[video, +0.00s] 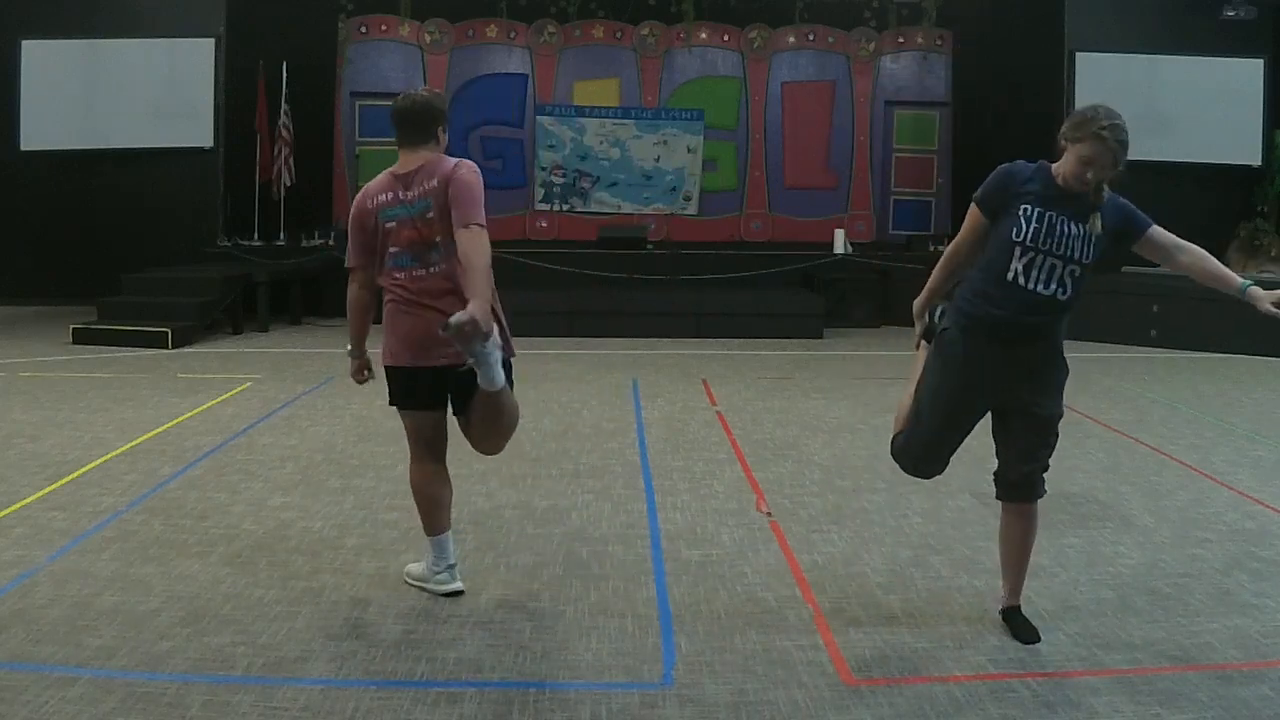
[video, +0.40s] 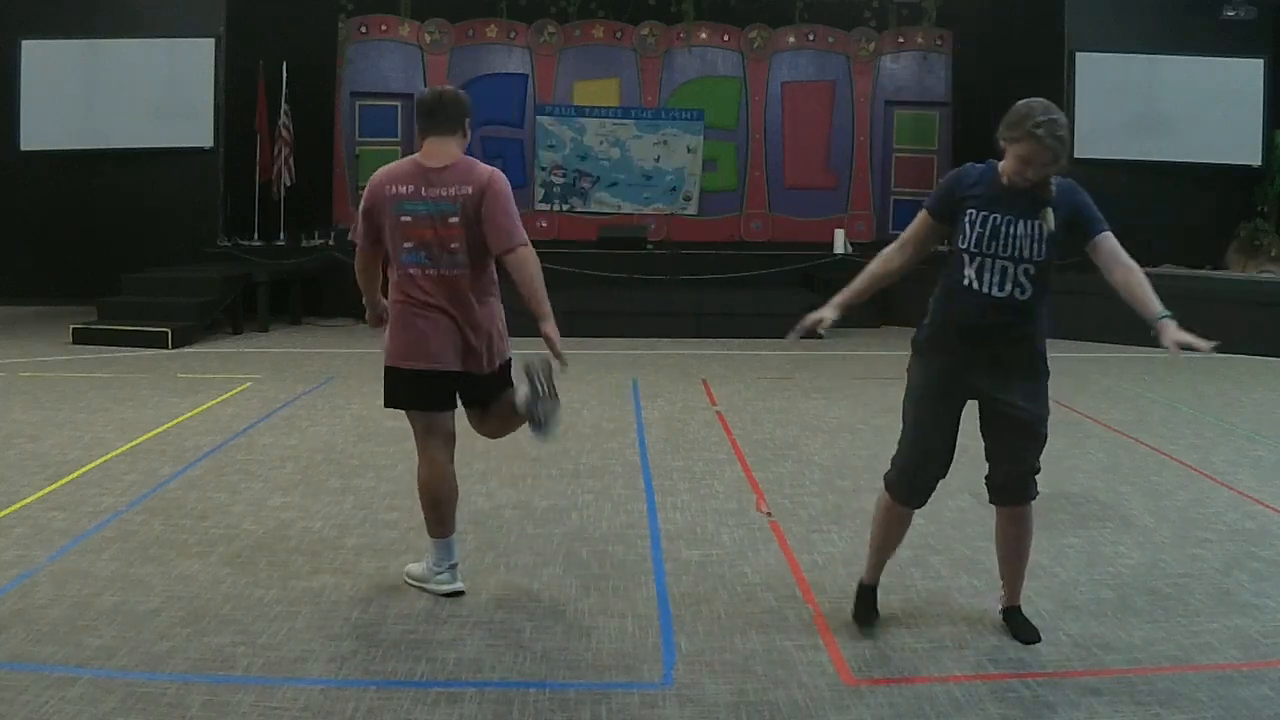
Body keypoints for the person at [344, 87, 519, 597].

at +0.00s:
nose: (448, 136)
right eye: (447, 131)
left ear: (395, 134)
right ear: (440, 133)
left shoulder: (369, 197)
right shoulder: (460, 174)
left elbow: (360, 280)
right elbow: (471, 238)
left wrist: (357, 347)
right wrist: (480, 305)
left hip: (407, 349)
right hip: (467, 339)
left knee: (426, 455)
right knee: (490, 439)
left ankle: (442, 565)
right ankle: (489, 353)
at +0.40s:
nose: (471, 137)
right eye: (471, 131)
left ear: (418, 131)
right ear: (466, 131)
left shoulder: (384, 182)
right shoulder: (487, 181)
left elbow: (367, 255)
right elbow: (516, 251)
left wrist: (373, 303)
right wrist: (545, 317)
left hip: (414, 336)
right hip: (480, 333)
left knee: (433, 447)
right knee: (491, 422)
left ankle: (443, 565)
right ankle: (532, 396)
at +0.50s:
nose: (477, 134)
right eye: (479, 127)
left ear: (428, 127)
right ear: (476, 127)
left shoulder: (392, 179)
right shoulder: (497, 184)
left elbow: (366, 250)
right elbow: (527, 264)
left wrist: (376, 292)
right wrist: (556, 328)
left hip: (421, 339)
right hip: (488, 337)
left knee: (436, 446)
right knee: (497, 408)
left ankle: (443, 565)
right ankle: (542, 465)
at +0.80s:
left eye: (463, 128)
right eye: (509, 125)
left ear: (460, 130)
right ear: (509, 129)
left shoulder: (437, 192)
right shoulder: (543, 182)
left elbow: (406, 266)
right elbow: (562, 256)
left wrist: (379, 320)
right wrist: (530, 301)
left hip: (451, 337)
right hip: (522, 338)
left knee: (435, 433)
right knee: (521, 440)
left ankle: (433, 552)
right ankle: (521, 557)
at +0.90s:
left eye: (467, 129)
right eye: (503, 125)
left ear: (461, 132)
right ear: (510, 128)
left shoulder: (447, 202)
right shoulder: (552, 172)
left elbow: (414, 274)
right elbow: (584, 234)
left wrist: (382, 335)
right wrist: (552, 283)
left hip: (461, 330)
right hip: (532, 334)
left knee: (424, 390)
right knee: (525, 440)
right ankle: (520, 559)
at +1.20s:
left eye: (462, 143)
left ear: (462, 144)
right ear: (507, 127)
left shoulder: (459, 207)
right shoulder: (566, 167)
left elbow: (435, 279)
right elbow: (611, 234)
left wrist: (409, 342)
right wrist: (620, 293)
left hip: (479, 321)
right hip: (546, 328)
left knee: (445, 356)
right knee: (532, 440)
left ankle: (420, 374)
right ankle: (520, 557)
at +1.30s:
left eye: (473, 138)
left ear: (472, 139)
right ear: (518, 127)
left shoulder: (467, 204)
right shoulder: (570, 172)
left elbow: (445, 279)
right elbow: (614, 238)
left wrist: (418, 346)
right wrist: (637, 296)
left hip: (478, 331)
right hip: (545, 337)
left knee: (448, 403)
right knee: (531, 441)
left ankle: (426, 365)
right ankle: (519, 557)